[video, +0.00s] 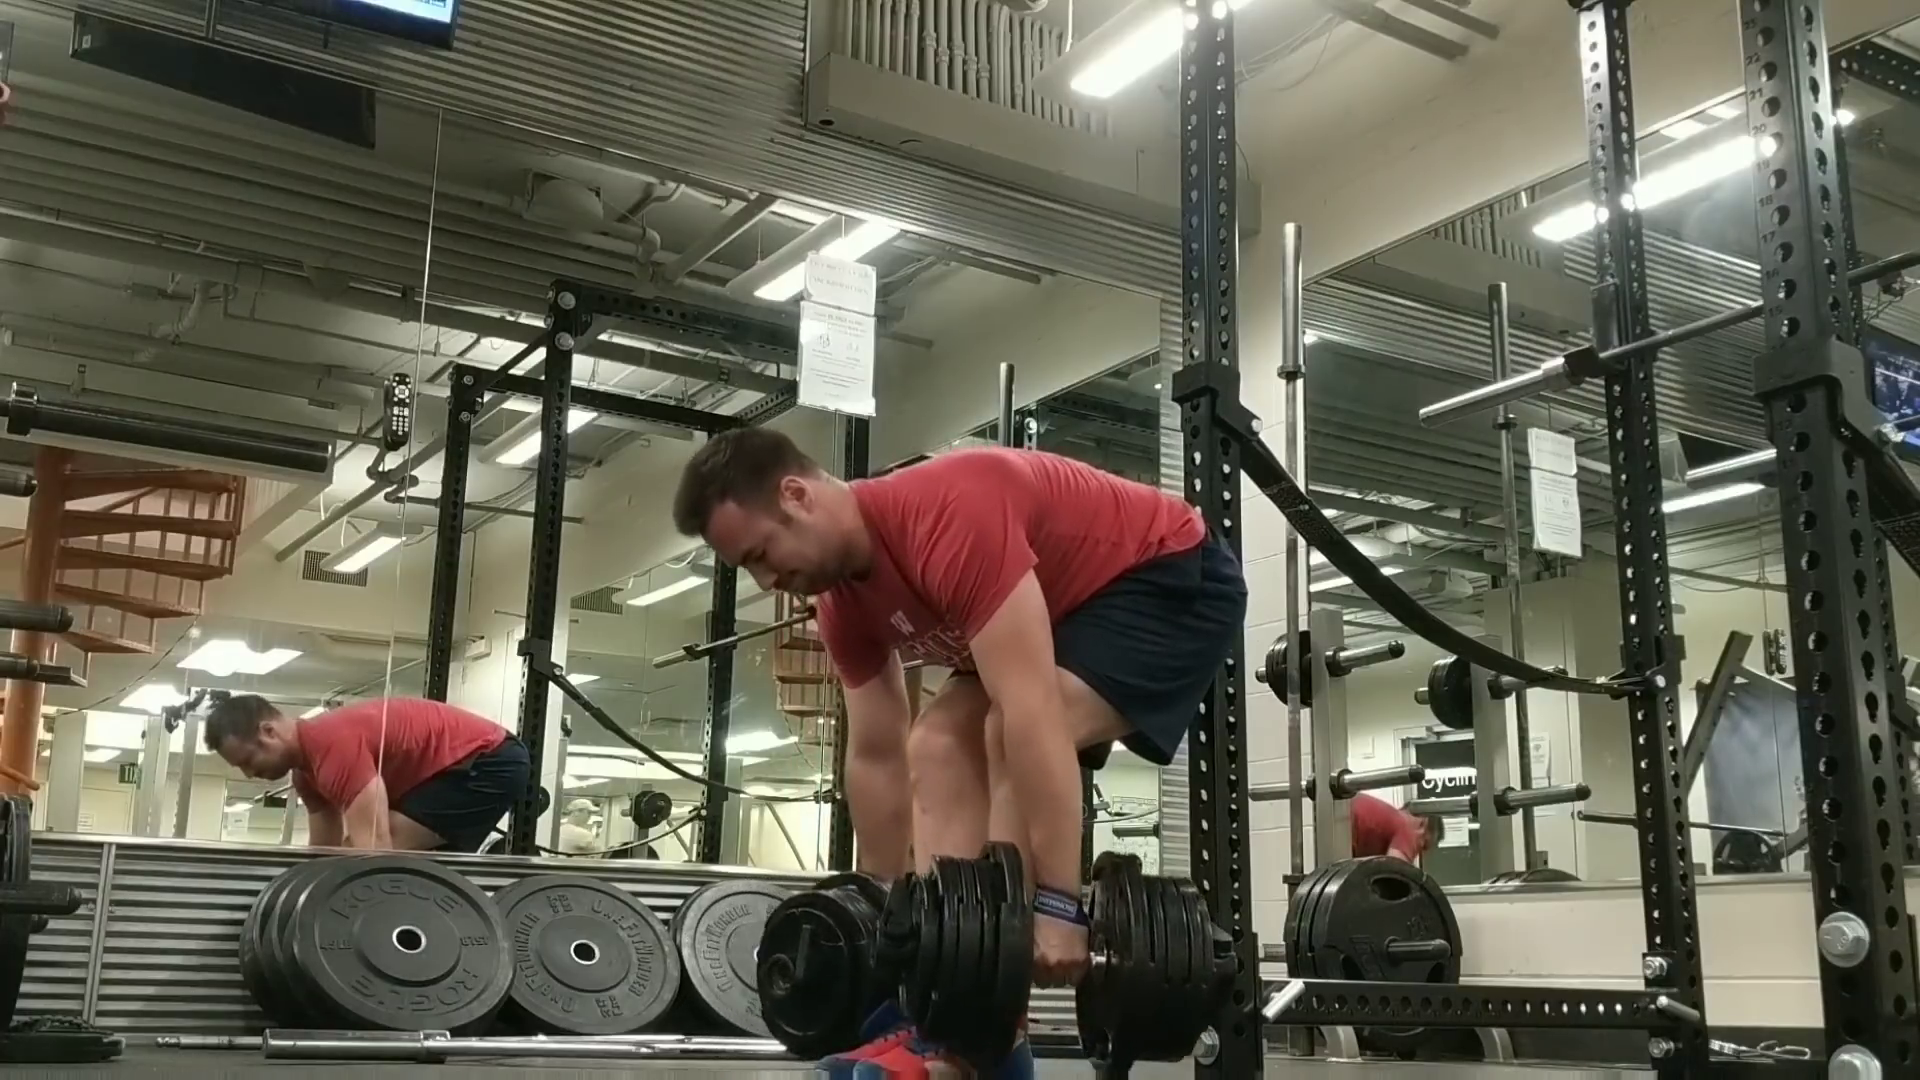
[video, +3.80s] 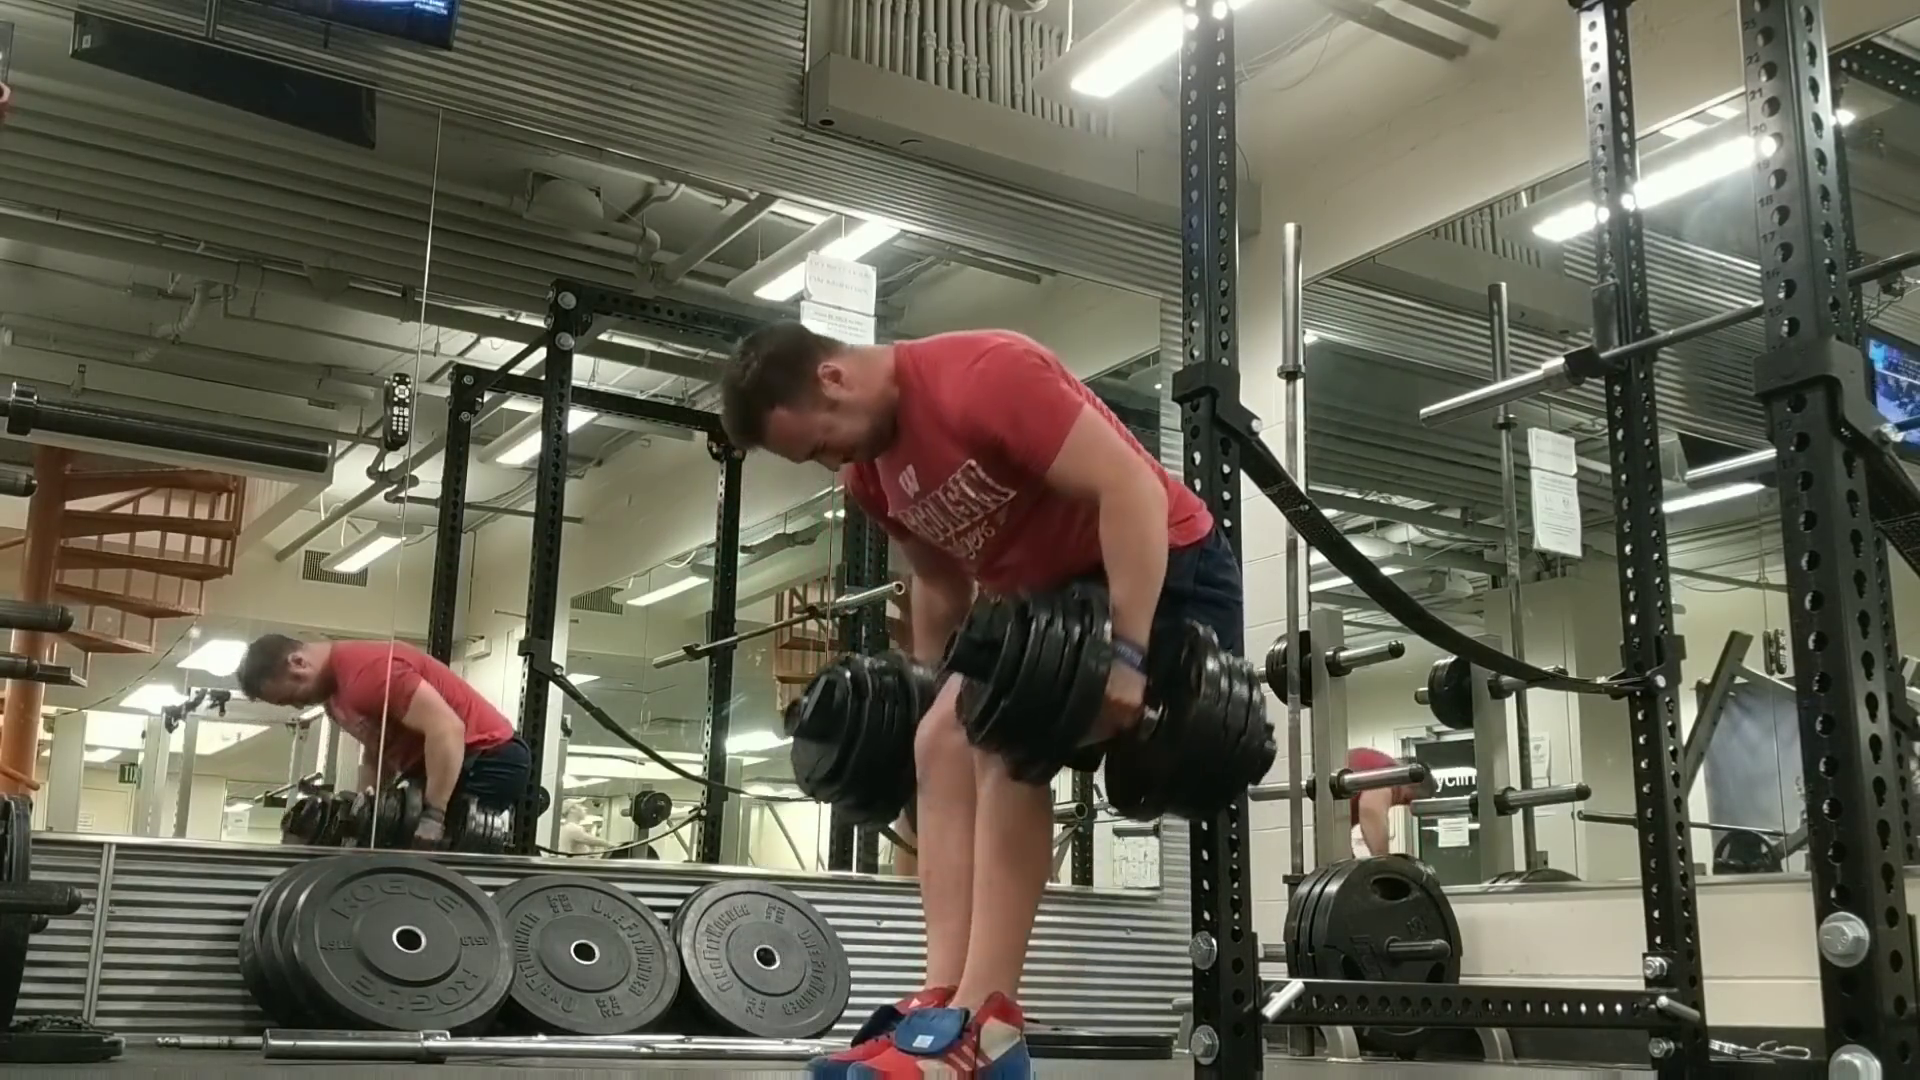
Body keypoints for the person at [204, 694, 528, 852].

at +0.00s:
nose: (250, 774)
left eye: (248, 761)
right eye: (242, 768)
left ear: (268, 730)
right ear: (268, 733)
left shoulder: (335, 744)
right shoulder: (308, 773)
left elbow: (369, 853)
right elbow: (324, 852)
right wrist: (303, 918)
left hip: (492, 763)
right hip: (464, 769)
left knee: (381, 854)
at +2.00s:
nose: (251, 757)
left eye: (249, 744)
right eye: (243, 750)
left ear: (272, 715)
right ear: (272, 717)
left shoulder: (336, 734)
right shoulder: (305, 756)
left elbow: (370, 841)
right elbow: (314, 845)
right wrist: (292, 913)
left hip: (489, 761)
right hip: (458, 766)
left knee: (381, 850)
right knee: (390, 854)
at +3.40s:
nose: (261, 732)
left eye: (258, 720)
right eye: (253, 726)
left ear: (279, 691)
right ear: (279, 693)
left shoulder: (344, 713)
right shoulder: (310, 734)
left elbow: (391, 811)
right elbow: (329, 811)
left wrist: (364, 902)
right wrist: (312, 889)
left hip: (487, 761)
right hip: (450, 768)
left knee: (388, 859)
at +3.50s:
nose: (271, 723)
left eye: (269, 711)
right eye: (262, 719)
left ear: (285, 679)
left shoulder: (348, 702)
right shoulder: (314, 727)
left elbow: (406, 789)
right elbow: (340, 796)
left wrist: (381, 885)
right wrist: (313, 871)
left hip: (487, 759)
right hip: (450, 767)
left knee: (401, 863)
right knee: (363, 854)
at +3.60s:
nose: (276, 716)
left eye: (272, 705)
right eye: (267, 711)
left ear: (288, 672)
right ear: (290, 674)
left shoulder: (353, 692)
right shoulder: (319, 712)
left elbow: (422, 764)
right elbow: (354, 781)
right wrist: (338, 847)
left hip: (489, 759)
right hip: (454, 763)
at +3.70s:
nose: (287, 710)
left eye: (281, 700)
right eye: (278, 705)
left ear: (293, 666)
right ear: (294, 668)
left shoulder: (362, 682)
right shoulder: (327, 703)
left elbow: (435, 747)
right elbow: (364, 763)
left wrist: (421, 835)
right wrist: (359, 825)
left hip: (491, 759)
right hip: (454, 762)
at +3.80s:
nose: (300, 705)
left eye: (292, 697)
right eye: (289, 703)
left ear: (298, 664)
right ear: (299, 663)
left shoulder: (364, 674)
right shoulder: (335, 694)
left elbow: (446, 729)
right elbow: (376, 748)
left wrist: (433, 818)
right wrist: (362, 813)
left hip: (489, 762)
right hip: (451, 765)